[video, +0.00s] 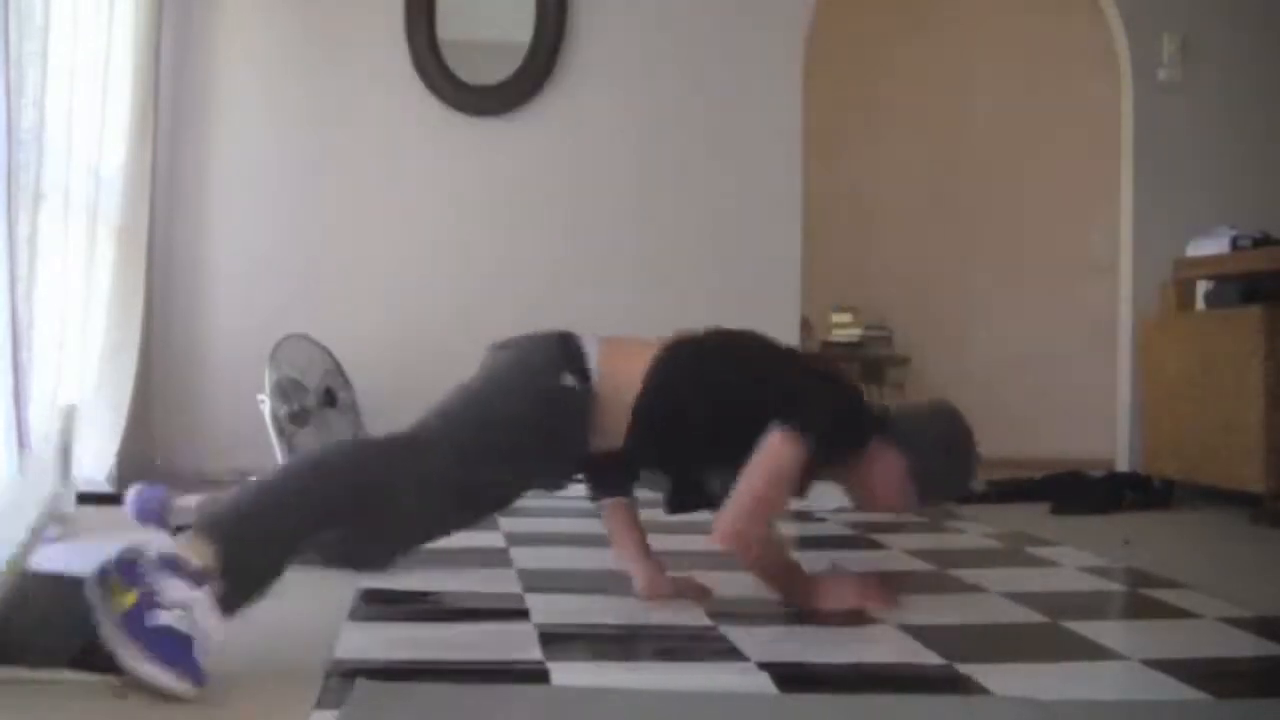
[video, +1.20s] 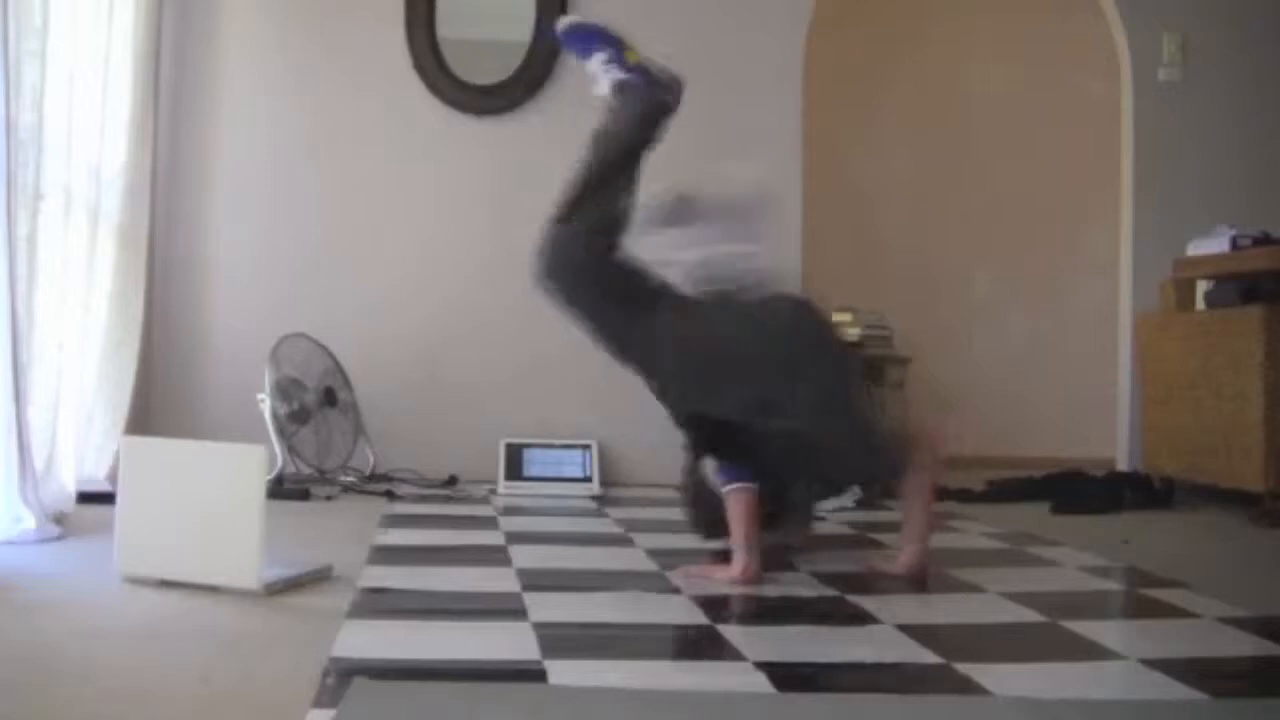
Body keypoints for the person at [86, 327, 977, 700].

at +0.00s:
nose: (893, 511)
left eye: (911, 507)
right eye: (908, 499)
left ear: (889, 462)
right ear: (896, 453)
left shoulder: (786, 403)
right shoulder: (828, 406)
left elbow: (616, 451)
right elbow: (744, 529)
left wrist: (646, 569)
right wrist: (811, 594)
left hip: (559, 425)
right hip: (560, 387)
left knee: (383, 530)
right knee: (394, 470)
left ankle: (192, 528)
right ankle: (191, 557)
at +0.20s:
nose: (848, 457)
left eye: (864, 449)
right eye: (861, 437)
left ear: (846, 418)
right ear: (845, 392)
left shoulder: (753, 415)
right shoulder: (773, 363)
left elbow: (616, 475)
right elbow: (744, 489)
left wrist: (652, 538)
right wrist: (810, 589)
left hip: (526, 463)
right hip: (515, 399)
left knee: (360, 506)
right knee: (427, 509)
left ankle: (180, 471)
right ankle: (279, 632)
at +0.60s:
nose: (751, 435)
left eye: (767, 437)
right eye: (759, 416)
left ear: (771, 447)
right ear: (748, 395)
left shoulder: (703, 493)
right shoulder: (680, 402)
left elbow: (603, 560)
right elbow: (692, 524)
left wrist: (658, 563)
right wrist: (807, 588)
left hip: (494, 532)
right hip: (488, 451)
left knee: (341, 559)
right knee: (355, 504)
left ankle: (146, 536)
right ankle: (170, 569)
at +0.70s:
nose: (731, 418)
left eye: (747, 416)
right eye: (737, 400)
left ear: (751, 427)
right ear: (718, 382)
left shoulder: (690, 479)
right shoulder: (658, 401)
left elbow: (621, 556)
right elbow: (688, 516)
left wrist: (684, 580)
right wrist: (805, 591)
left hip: (486, 532)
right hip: (469, 450)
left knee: (390, 575)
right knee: (314, 488)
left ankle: (249, 553)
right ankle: (114, 538)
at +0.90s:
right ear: (918, 430)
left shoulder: (798, 439)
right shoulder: (906, 416)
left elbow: (750, 479)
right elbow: (968, 463)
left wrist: (749, 578)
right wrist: (917, 565)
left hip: (685, 349)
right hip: (745, 363)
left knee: (480, 357)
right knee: (647, 563)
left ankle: (535, 159)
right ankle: (493, 398)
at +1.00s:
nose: (836, 507)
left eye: (836, 504)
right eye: (857, 502)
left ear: (833, 483)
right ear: (870, 477)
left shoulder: (784, 461)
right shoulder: (880, 429)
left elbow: (759, 504)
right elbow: (960, 452)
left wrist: (748, 579)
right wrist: (913, 565)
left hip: (705, 356)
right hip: (766, 368)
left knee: (502, 301)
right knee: (666, 556)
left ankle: (570, 112)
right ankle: (545, 359)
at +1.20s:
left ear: (716, 488)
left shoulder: (723, 440)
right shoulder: (843, 452)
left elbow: (736, 480)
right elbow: (921, 456)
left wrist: (739, 566)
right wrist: (912, 555)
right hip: (789, 333)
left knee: (567, 263)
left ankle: (639, 97)